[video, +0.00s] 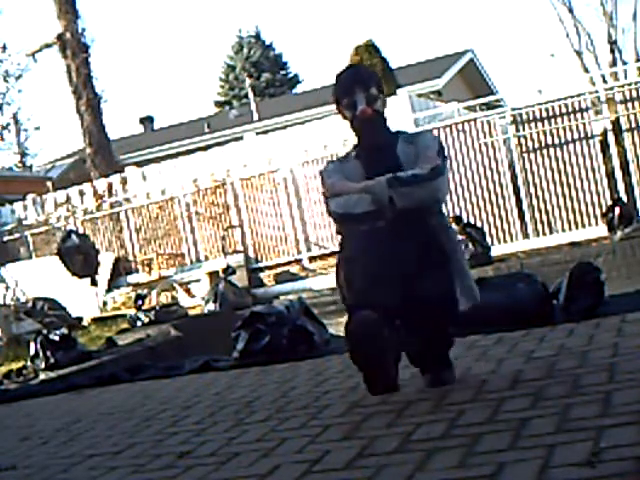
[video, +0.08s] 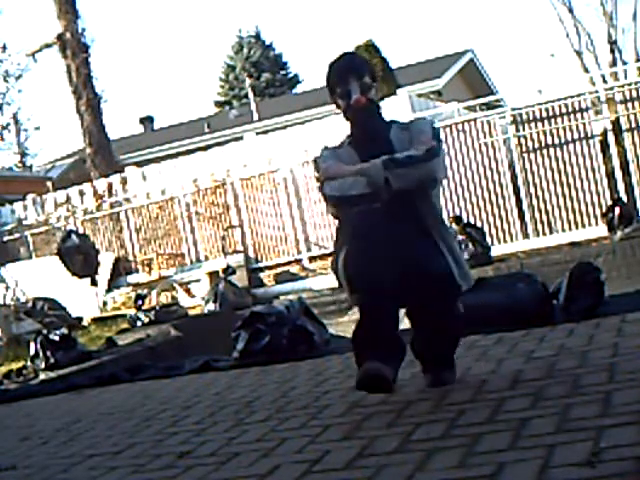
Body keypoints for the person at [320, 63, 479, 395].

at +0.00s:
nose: (364, 110)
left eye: (370, 99)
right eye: (352, 103)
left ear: (383, 99)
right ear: (341, 110)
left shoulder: (421, 143)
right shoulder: (337, 171)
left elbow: (435, 188)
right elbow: (340, 210)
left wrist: (359, 188)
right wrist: (404, 194)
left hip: (428, 264)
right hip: (370, 275)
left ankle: (436, 360)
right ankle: (377, 368)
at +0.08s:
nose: (357, 98)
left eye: (363, 87)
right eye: (345, 92)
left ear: (375, 86)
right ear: (335, 101)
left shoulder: (416, 131)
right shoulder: (333, 157)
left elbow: (433, 169)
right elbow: (335, 198)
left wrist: (361, 175)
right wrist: (397, 180)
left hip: (420, 239)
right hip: (366, 250)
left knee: (435, 292)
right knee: (376, 299)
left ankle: (438, 360)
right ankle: (376, 361)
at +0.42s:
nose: (361, 112)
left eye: (368, 101)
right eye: (348, 106)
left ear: (379, 103)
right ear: (336, 114)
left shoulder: (414, 153)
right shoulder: (323, 178)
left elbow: (430, 200)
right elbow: (341, 234)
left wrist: (353, 207)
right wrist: (407, 215)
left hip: (433, 263)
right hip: (376, 280)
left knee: (459, 290)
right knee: (397, 310)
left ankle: (475, 335)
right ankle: (401, 373)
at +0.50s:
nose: (365, 99)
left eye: (372, 88)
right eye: (353, 91)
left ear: (384, 90)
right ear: (340, 98)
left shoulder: (413, 138)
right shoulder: (324, 158)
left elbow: (430, 181)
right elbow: (332, 208)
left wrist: (353, 182)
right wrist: (404, 188)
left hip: (430, 250)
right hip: (373, 264)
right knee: (399, 307)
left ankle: (470, 336)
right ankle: (401, 373)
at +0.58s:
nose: (369, 91)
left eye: (377, 80)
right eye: (357, 84)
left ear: (389, 80)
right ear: (344, 91)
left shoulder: (420, 128)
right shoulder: (330, 149)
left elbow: (433, 171)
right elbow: (334, 197)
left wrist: (354, 169)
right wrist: (408, 170)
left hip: (430, 232)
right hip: (374, 247)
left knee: (441, 252)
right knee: (391, 278)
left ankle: (462, 347)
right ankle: (395, 357)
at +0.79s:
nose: (382, 120)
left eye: (390, 107)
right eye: (369, 112)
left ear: (402, 108)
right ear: (357, 119)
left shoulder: (442, 158)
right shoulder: (353, 181)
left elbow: (456, 209)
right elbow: (356, 227)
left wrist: (377, 205)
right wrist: (432, 210)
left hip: (455, 276)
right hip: (393, 293)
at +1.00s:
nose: (361, 94)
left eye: (367, 83)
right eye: (348, 88)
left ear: (381, 83)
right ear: (337, 97)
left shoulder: (422, 126)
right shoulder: (333, 154)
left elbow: (440, 166)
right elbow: (337, 190)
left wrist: (374, 167)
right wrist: (407, 173)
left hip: (432, 242)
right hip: (375, 255)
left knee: (448, 275)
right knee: (383, 294)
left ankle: (460, 369)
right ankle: (387, 378)